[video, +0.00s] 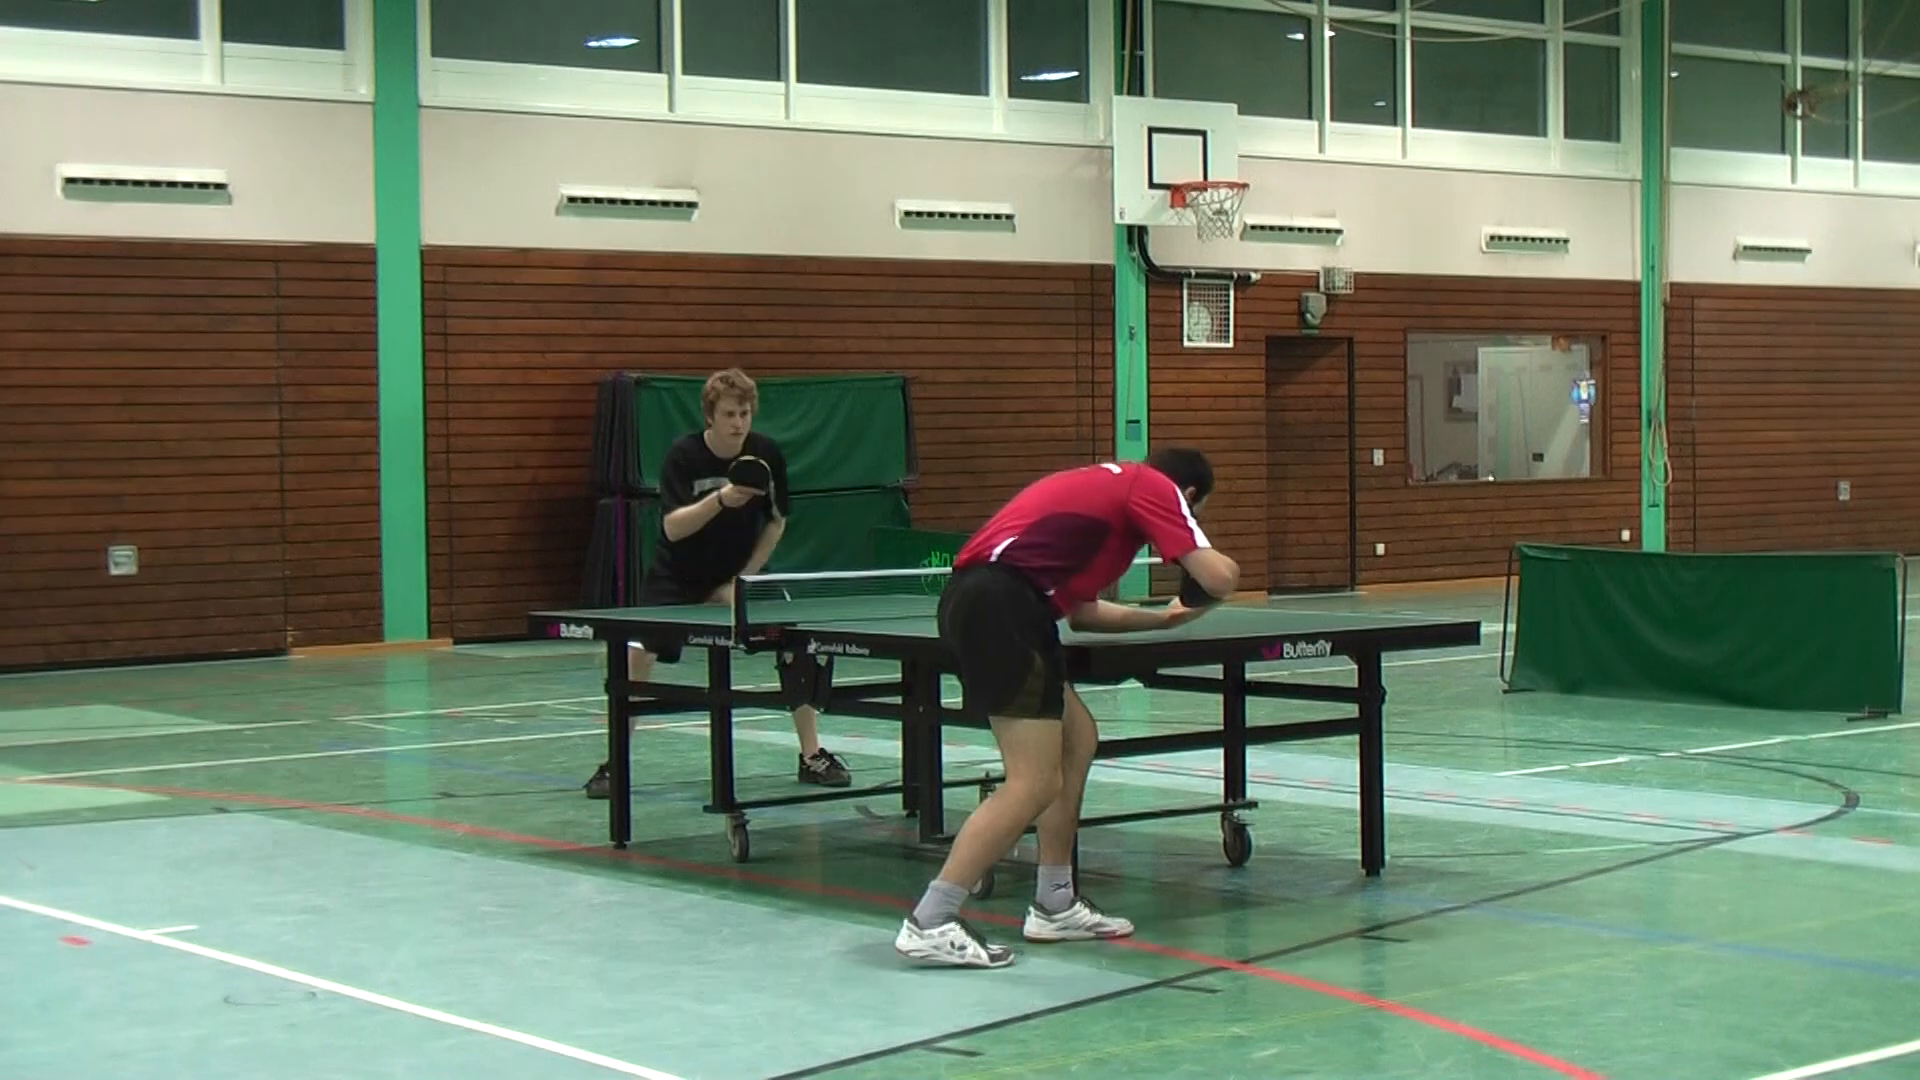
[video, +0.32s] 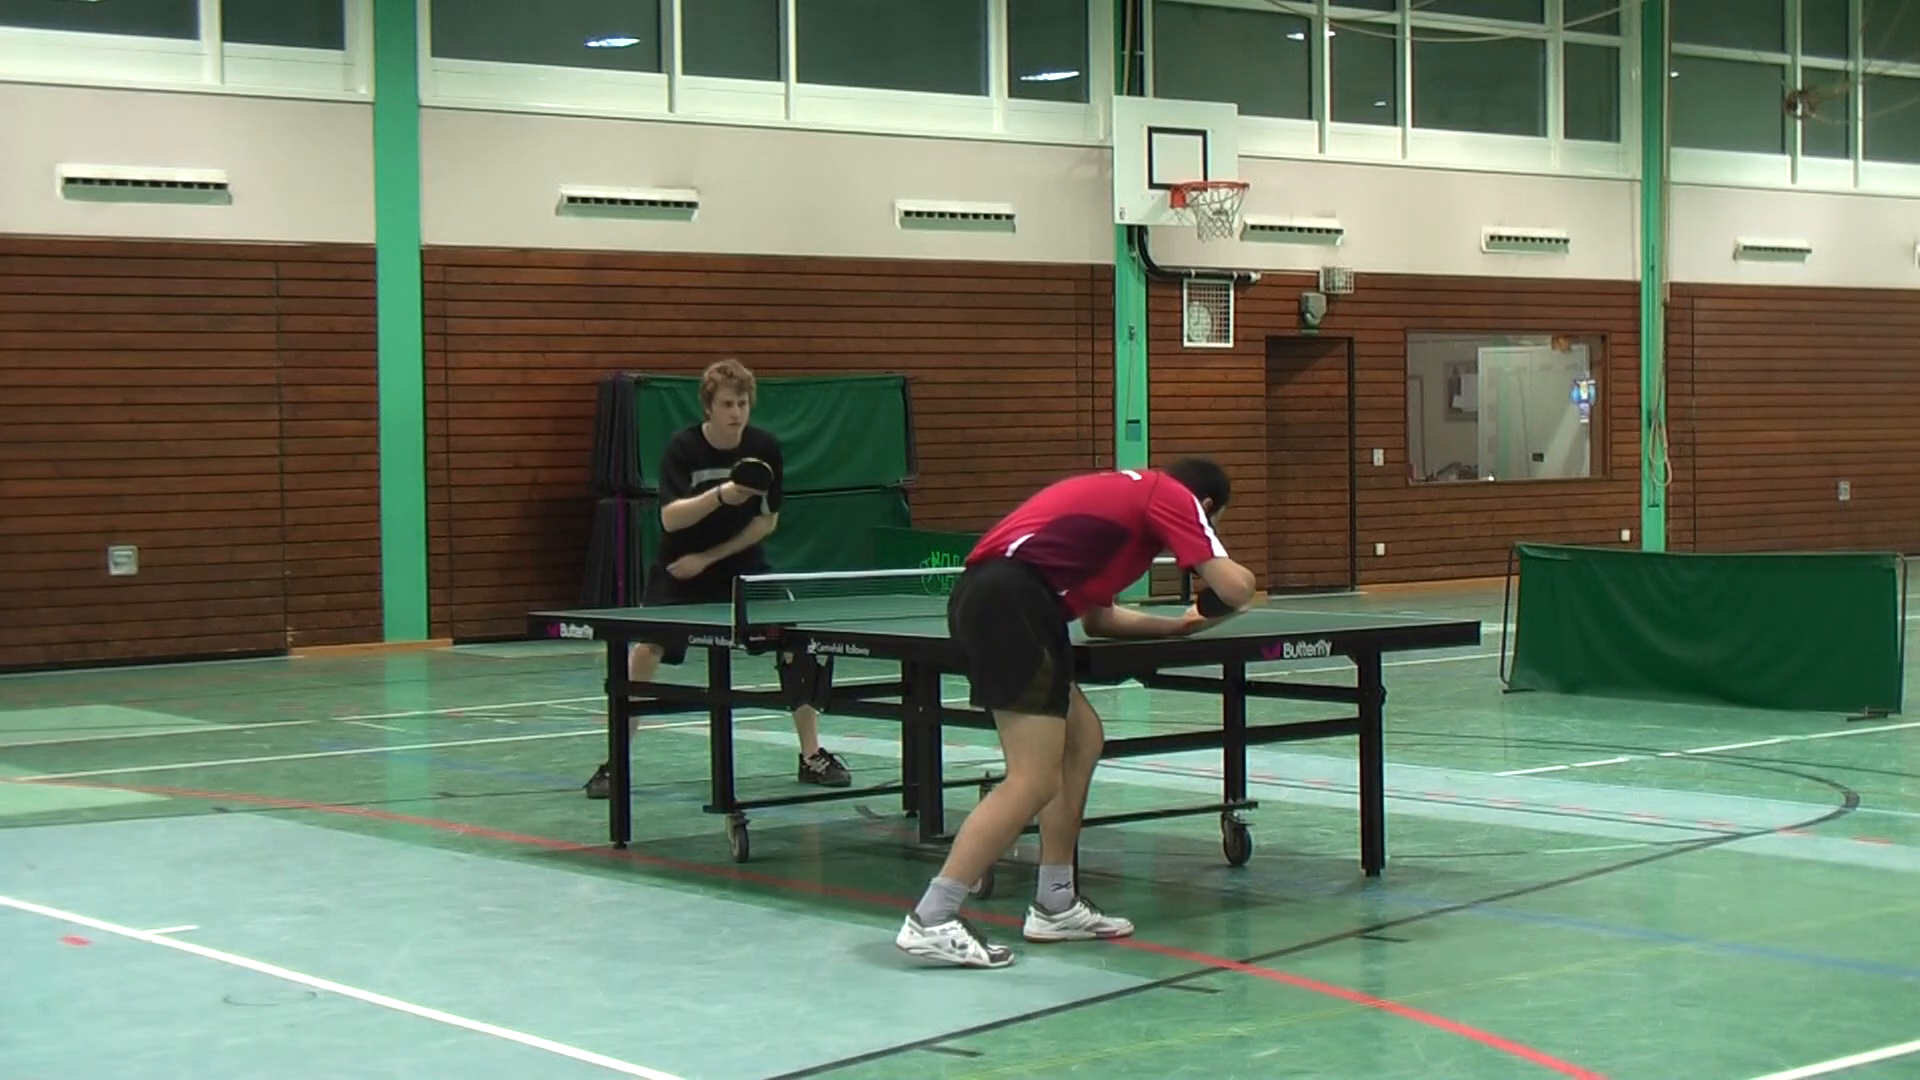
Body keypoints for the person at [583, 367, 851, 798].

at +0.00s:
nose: (739, 423)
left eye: (745, 414)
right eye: (729, 414)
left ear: (753, 414)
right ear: (709, 415)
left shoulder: (767, 454)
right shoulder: (683, 455)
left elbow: (776, 522)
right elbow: (672, 527)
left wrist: (743, 578)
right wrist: (719, 500)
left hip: (734, 576)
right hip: (675, 576)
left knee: (792, 639)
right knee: (636, 652)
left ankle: (812, 754)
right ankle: (616, 764)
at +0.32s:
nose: (736, 413)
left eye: (742, 404)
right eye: (727, 405)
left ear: (751, 405)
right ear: (707, 406)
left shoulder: (765, 448)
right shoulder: (681, 448)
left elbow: (768, 520)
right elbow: (670, 518)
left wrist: (707, 557)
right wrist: (720, 496)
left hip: (744, 566)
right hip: (681, 569)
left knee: (794, 641)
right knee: (643, 652)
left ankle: (812, 754)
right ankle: (617, 762)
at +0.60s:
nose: (740, 386)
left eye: (745, 378)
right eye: (730, 379)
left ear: (754, 383)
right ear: (711, 384)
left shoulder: (771, 434)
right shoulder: (687, 435)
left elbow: (792, 497)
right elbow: (669, 502)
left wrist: (749, 535)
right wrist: (722, 495)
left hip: (755, 562)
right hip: (691, 563)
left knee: (796, 646)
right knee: (656, 653)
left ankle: (812, 754)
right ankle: (616, 762)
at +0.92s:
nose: (733, 381)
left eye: (739, 373)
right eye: (723, 373)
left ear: (748, 377)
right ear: (704, 379)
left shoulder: (764, 432)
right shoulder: (683, 433)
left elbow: (787, 491)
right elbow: (651, 498)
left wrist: (807, 543)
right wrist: (704, 507)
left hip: (751, 572)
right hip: (685, 573)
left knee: (796, 651)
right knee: (642, 661)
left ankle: (812, 756)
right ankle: (595, 764)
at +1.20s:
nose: (707, 373)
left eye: (713, 365)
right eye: (697, 366)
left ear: (720, 370)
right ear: (676, 372)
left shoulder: (735, 423)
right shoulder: (652, 429)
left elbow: (747, 485)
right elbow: (620, 492)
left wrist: (770, 549)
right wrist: (671, 500)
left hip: (728, 572)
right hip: (664, 575)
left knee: (776, 646)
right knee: (623, 667)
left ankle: (797, 755)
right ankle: (592, 766)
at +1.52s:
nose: (710, 372)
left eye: (716, 364)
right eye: (701, 364)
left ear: (724, 368)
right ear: (681, 369)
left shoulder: (745, 420)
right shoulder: (661, 426)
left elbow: (773, 482)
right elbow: (633, 493)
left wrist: (794, 538)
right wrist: (682, 508)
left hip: (741, 565)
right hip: (675, 569)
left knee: (783, 648)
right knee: (629, 662)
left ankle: (798, 756)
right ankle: (593, 765)